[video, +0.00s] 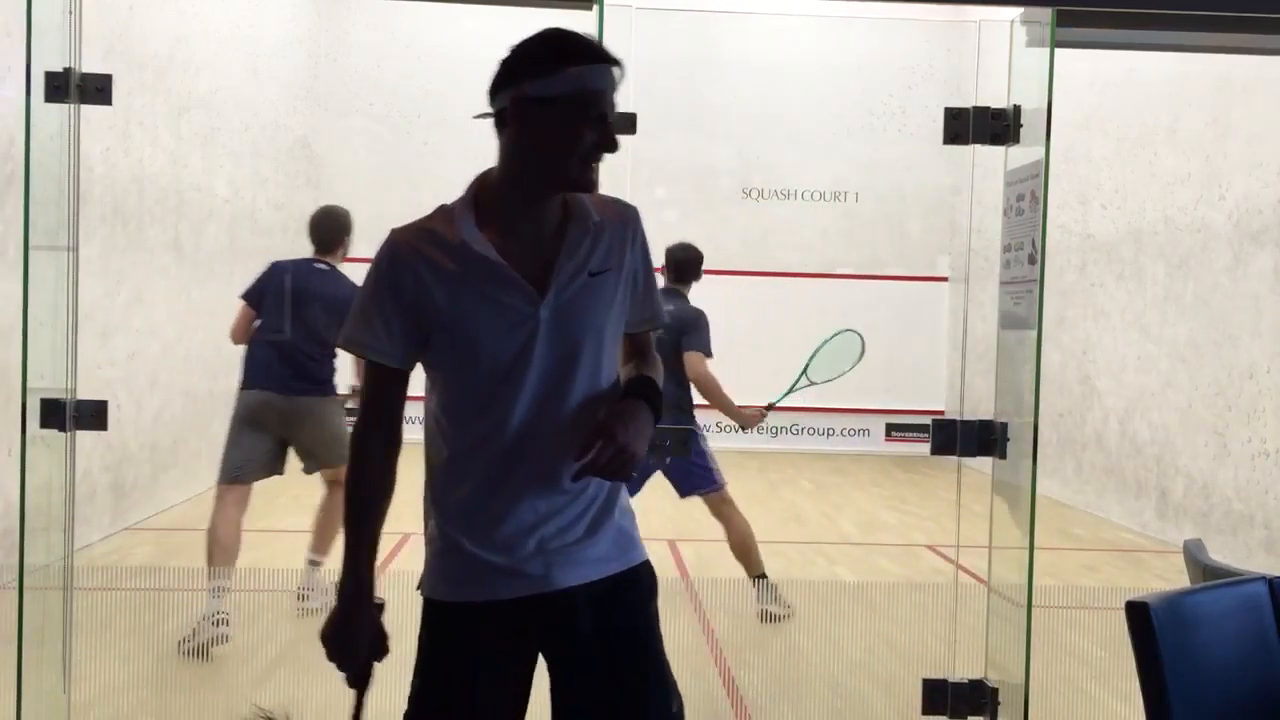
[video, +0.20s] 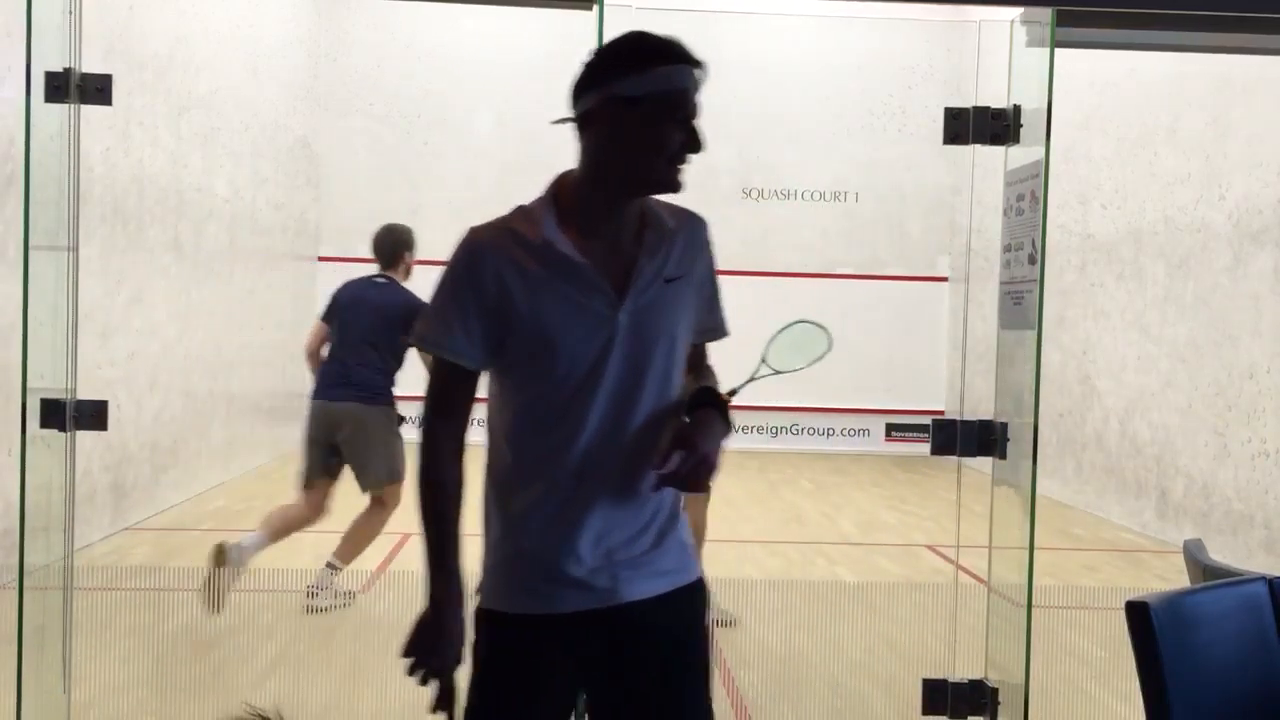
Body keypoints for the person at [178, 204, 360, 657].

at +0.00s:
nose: (348, 245)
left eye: (339, 236)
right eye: (349, 239)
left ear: (311, 237)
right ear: (346, 243)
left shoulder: (277, 273)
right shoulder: (350, 294)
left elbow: (239, 333)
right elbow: (364, 365)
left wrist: (275, 336)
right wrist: (363, 397)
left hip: (257, 398)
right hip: (313, 403)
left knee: (231, 499)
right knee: (340, 481)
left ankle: (216, 608)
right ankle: (312, 580)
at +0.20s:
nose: (413, 262)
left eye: (410, 255)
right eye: (412, 256)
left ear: (376, 257)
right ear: (407, 260)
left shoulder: (348, 292)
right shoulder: (412, 306)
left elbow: (313, 348)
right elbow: (440, 370)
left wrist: (330, 387)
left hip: (324, 407)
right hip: (369, 412)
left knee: (312, 505)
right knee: (385, 500)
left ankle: (239, 552)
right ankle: (325, 582)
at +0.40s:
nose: (479, 256)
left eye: (477, 249)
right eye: (476, 249)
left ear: (443, 252)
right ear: (465, 251)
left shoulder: (413, 288)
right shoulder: (474, 295)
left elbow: (380, 345)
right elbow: (489, 359)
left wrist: (356, 400)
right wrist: (487, 387)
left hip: (402, 393)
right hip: (434, 400)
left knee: (445, 460)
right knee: (414, 496)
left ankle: (446, 551)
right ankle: (336, 565)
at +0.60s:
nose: (540, 259)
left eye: (539, 253)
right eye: (536, 253)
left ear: (510, 256)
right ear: (515, 254)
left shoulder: (477, 295)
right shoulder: (530, 299)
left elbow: (451, 350)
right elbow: (541, 360)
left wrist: (425, 399)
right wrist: (548, 389)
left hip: (476, 398)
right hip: (504, 403)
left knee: (521, 461)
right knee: (506, 500)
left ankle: (523, 548)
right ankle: (420, 541)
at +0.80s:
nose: (589, 241)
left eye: (590, 234)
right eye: (584, 233)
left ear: (561, 237)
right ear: (562, 234)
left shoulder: (530, 270)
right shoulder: (569, 279)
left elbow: (505, 325)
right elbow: (578, 343)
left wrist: (537, 342)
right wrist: (598, 363)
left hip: (516, 377)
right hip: (545, 382)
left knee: (531, 456)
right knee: (586, 463)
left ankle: (524, 545)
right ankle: (544, 542)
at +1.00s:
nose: (631, 244)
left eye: (632, 238)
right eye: (627, 237)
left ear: (602, 240)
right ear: (606, 237)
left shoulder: (570, 273)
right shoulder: (609, 282)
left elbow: (547, 327)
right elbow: (618, 347)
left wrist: (585, 330)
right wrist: (645, 370)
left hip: (558, 384)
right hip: (592, 388)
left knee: (554, 461)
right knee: (620, 466)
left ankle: (529, 547)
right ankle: (629, 561)